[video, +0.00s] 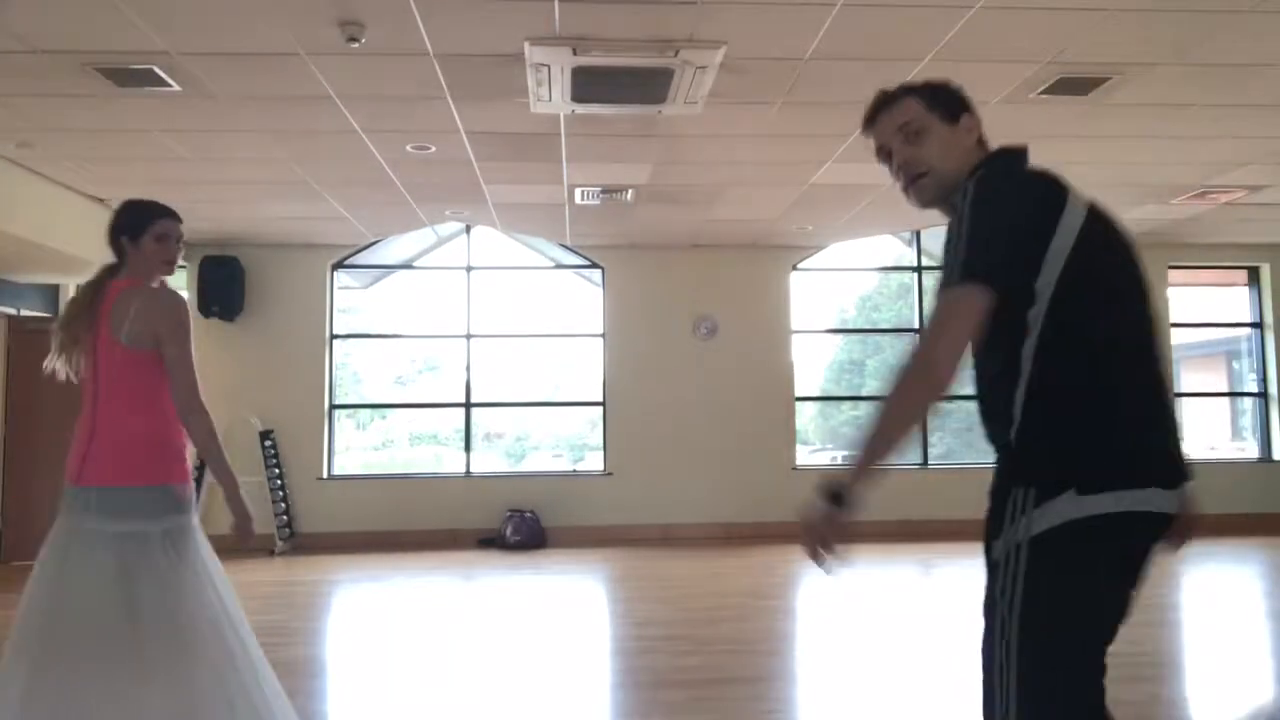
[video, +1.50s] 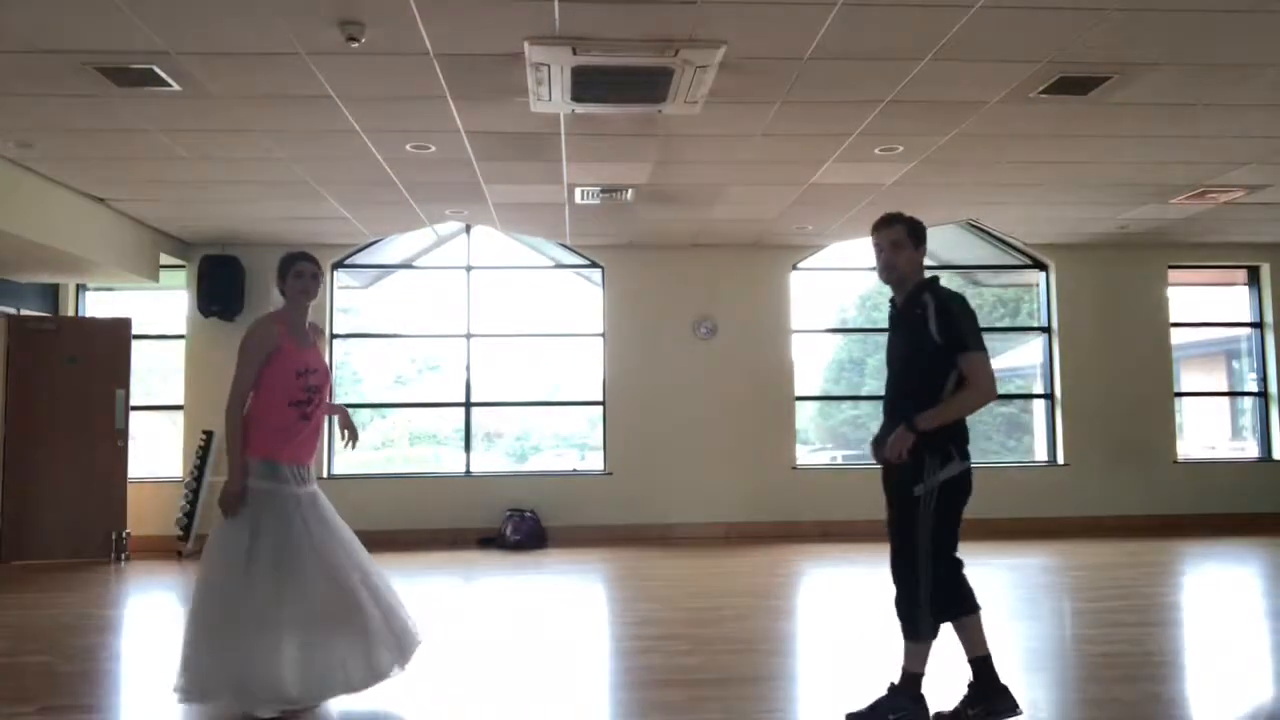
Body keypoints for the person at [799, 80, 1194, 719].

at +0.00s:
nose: (900, 160)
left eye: (912, 134)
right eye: (886, 156)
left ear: (968, 126)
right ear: (890, 173)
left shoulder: (997, 196)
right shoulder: (1060, 202)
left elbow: (939, 357)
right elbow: (1126, 355)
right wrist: (1170, 480)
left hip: (1068, 493)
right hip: (1124, 487)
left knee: (1027, 697)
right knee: (1066, 691)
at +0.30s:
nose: (910, 200)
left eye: (923, 182)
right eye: (899, 194)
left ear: (967, 181)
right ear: (899, 211)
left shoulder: (988, 245)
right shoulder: (1029, 251)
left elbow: (947, 375)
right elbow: (1078, 387)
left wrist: (847, 412)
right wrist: (1114, 484)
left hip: (1009, 487)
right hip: (1055, 484)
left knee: (938, 653)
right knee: (1013, 651)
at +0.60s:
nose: (915, 217)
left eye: (927, 202)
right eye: (907, 209)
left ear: (964, 204)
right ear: (904, 219)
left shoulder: (971, 265)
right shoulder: (985, 270)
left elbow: (1015, 374)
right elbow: (948, 403)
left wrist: (991, 490)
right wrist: (867, 441)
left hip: (959, 492)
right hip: (1015, 491)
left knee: (931, 639)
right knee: (1017, 647)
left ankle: (959, 714)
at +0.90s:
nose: (903, 241)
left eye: (913, 228)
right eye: (896, 232)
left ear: (944, 229)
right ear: (895, 239)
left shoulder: (956, 288)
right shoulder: (946, 289)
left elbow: (966, 391)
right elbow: (951, 393)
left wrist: (918, 475)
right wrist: (911, 468)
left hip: (961, 478)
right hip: (963, 475)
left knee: (932, 602)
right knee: (952, 586)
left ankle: (971, 714)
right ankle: (1016, 699)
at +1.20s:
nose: (892, 264)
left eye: (902, 253)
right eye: (886, 256)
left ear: (930, 258)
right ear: (886, 263)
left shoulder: (948, 312)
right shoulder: (927, 314)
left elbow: (978, 399)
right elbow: (945, 395)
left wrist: (912, 439)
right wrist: (910, 447)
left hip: (944, 472)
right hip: (948, 470)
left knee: (907, 589)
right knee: (950, 580)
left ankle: (969, 703)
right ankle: (992, 692)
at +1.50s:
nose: (882, 258)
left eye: (891, 248)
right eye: (878, 250)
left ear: (918, 251)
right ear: (877, 257)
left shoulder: (945, 305)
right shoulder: (901, 311)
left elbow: (983, 386)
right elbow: (913, 384)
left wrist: (914, 425)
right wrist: (891, 432)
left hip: (936, 462)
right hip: (908, 462)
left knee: (917, 573)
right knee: (941, 569)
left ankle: (908, 694)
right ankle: (989, 685)